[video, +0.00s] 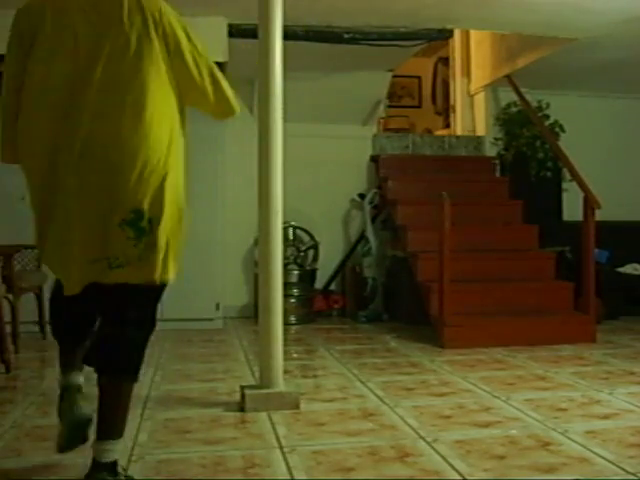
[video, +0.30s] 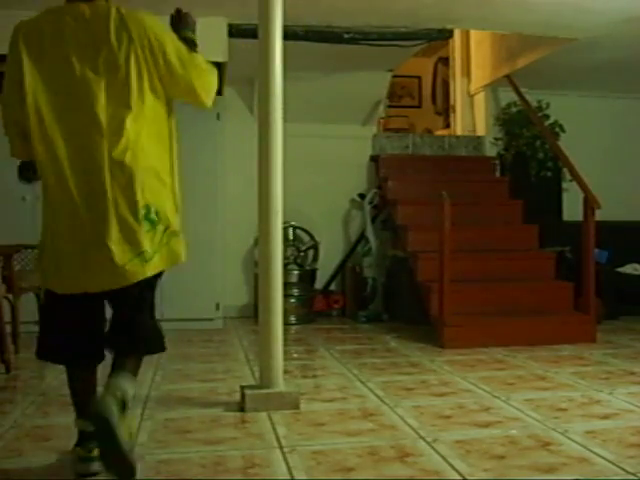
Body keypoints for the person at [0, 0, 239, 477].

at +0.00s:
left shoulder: (33, 13)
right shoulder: (148, 9)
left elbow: (9, 118)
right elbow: (213, 93)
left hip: (64, 175)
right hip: (142, 176)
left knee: (73, 285)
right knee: (127, 319)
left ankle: (71, 384)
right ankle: (106, 460)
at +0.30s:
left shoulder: (29, 35)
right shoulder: (140, 30)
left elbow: (15, 116)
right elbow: (204, 89)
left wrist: (29, 160)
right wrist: (187, 39)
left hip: (67, 215)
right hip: (136, 208)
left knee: (77, 329)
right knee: (135, 313)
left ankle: (88, 441)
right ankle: (119, 393)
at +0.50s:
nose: (117, 8)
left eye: (111, 4)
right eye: (117, 3)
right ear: (115, 2)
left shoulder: (37, 44)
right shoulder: (132, 49)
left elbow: (19, 131)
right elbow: (166, 139)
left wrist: (67, 122)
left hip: (63, 204)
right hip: (126, 199)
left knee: (78, 323)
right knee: (143, 276)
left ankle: (90, 435)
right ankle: (129, 353)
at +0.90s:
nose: (130, 29)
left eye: (122, 21)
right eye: (130, 22)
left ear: (90, 20)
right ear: (130, 24)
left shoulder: (57, 60)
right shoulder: (131, 68)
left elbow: (36, 99)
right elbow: (127, 141)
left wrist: (76, 48)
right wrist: (164, 191)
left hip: (70, 203)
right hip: (125, 208)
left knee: (78, 280)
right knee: (121, 299)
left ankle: (80, 355)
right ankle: (99, 399)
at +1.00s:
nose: (128, 40)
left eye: (117, 32)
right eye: (130, 33)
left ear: (92, 31)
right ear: (130, 34)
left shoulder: (63, 74)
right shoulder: (140, 81)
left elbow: (36, 120)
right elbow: (149, 156)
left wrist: (75, 66)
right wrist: (192, 185)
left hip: (74, 217)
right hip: (130, 221)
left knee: (85, 275)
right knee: (118, 309)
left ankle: (80, 321)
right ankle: (95, 403)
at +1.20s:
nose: (129, 40)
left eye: (119, 33)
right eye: (132, 33)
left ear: (99, 35)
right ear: (135, 33)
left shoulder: (76, 78)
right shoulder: (158, 76)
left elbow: (52, 135)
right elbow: (204, 130)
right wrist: (210, 97)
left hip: (92, 200)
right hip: (145, 200)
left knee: (119, 284)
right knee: (126, 295)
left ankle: (129, 357)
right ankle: (97, 391)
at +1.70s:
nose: (174, 61)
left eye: (162, 57)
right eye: (178, 55)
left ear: (153, 61)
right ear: (185, 58)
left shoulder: (134, 100)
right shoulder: (206, 88)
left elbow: (93, 137)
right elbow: (243, 60)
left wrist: (80, 102)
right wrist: (223, 17)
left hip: (155, 215)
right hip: (202, 214)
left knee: (176, 288)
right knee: (172, 295)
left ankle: (200, 351)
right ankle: (127, 373)